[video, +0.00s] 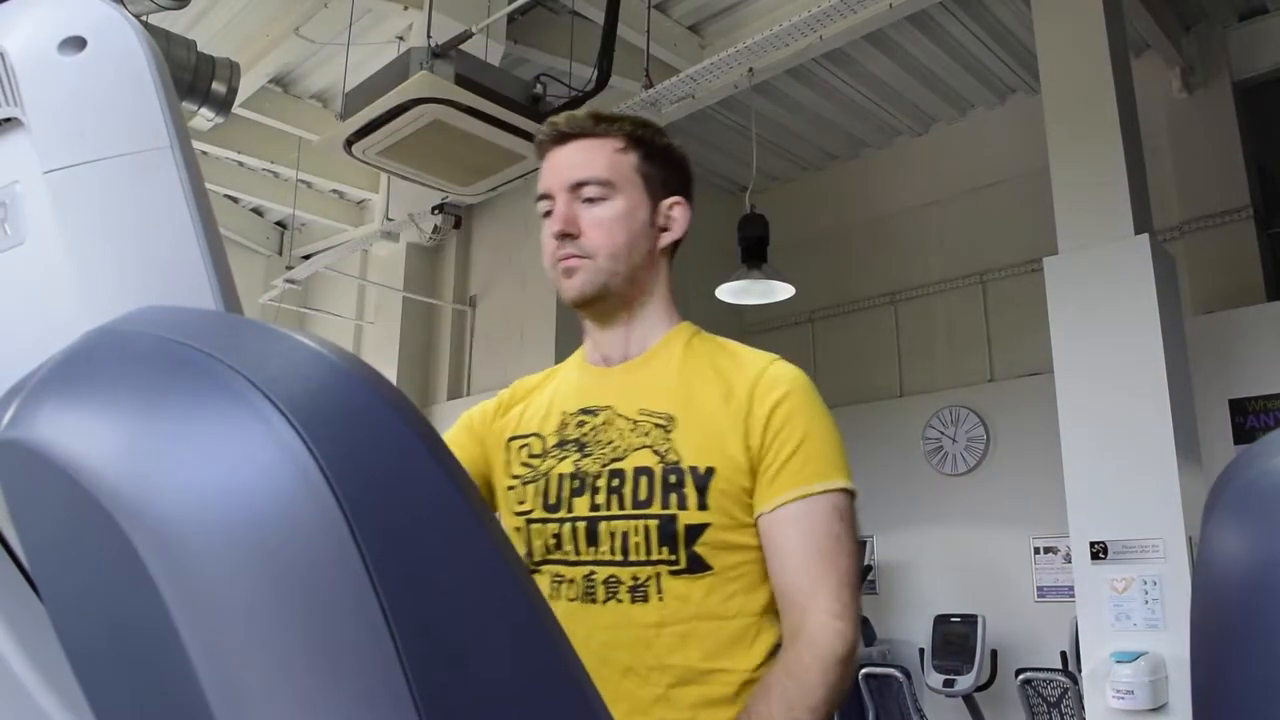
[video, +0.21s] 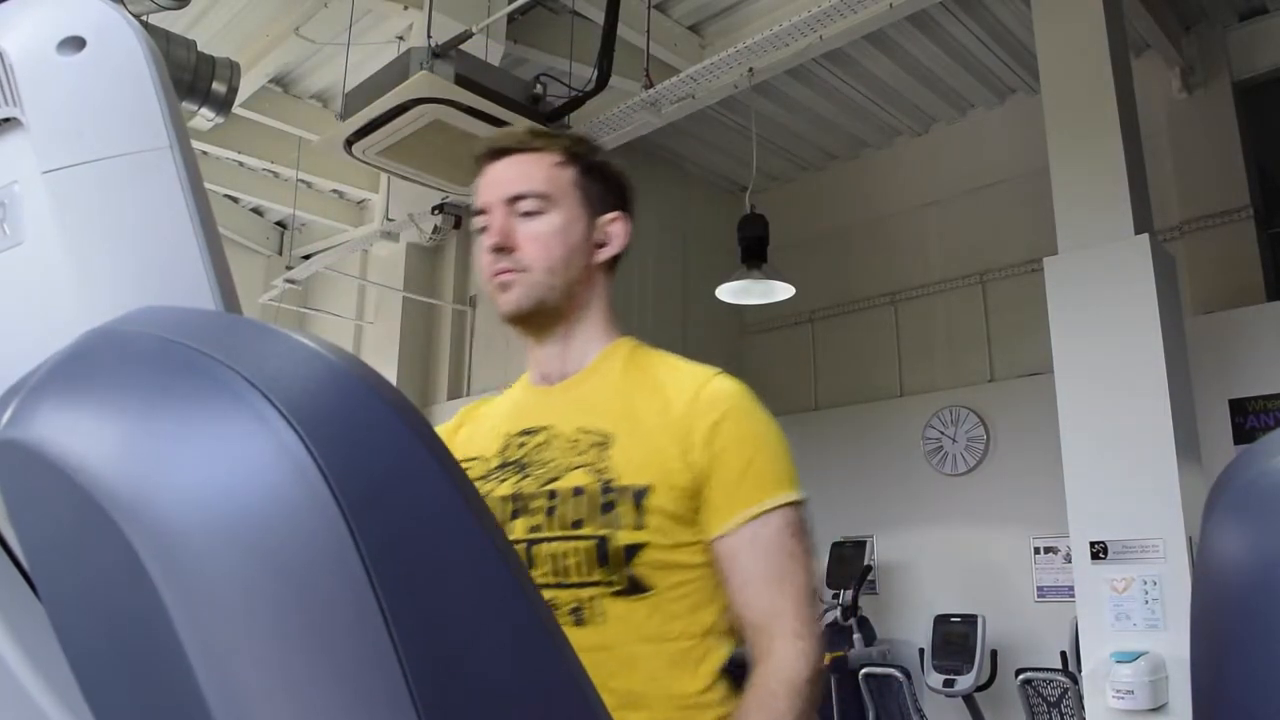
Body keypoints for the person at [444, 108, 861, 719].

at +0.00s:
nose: (559, 225)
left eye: (591, 197)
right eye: (547, 207)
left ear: (668, 222)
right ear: (539, 231)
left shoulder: (767, 394)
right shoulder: (497, 424)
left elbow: (821, 640)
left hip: (717, 702)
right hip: (540, 704)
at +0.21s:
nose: (495, 238)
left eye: (529, 211)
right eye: (482, 223)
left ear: (607, 237)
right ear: (474, 248)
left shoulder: (708, 410)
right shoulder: (452, 445)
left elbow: (788, 655)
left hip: (677, 703)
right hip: (499, 704)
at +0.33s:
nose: (457, 249)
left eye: (489, 219)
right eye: (445, 231)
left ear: (570, 240)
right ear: (438, 255)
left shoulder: (672, 412)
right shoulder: (440, 440)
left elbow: (715, 687)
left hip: (633, 704)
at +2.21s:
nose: (472, 246)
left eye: (503, 218)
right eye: (460, 230)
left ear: (579, 240)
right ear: (453, 253)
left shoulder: (680, 399)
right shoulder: (440, 433)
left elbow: (724, 636)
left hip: (640, 705)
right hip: (472, 704)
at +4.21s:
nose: (521, 249)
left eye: (553, 219)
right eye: (509, 232)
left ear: (631, 242)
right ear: (502, 255)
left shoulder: (730, 409)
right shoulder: (462, 450)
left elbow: (761, 664)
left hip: (673, 703)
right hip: (500, 703)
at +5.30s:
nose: (570, 254)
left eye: (604, 228)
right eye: (549, 236)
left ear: (661, 262)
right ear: (535, 272)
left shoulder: (757, 417)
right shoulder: (482, 461)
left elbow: (811, 662)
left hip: (727, 704)